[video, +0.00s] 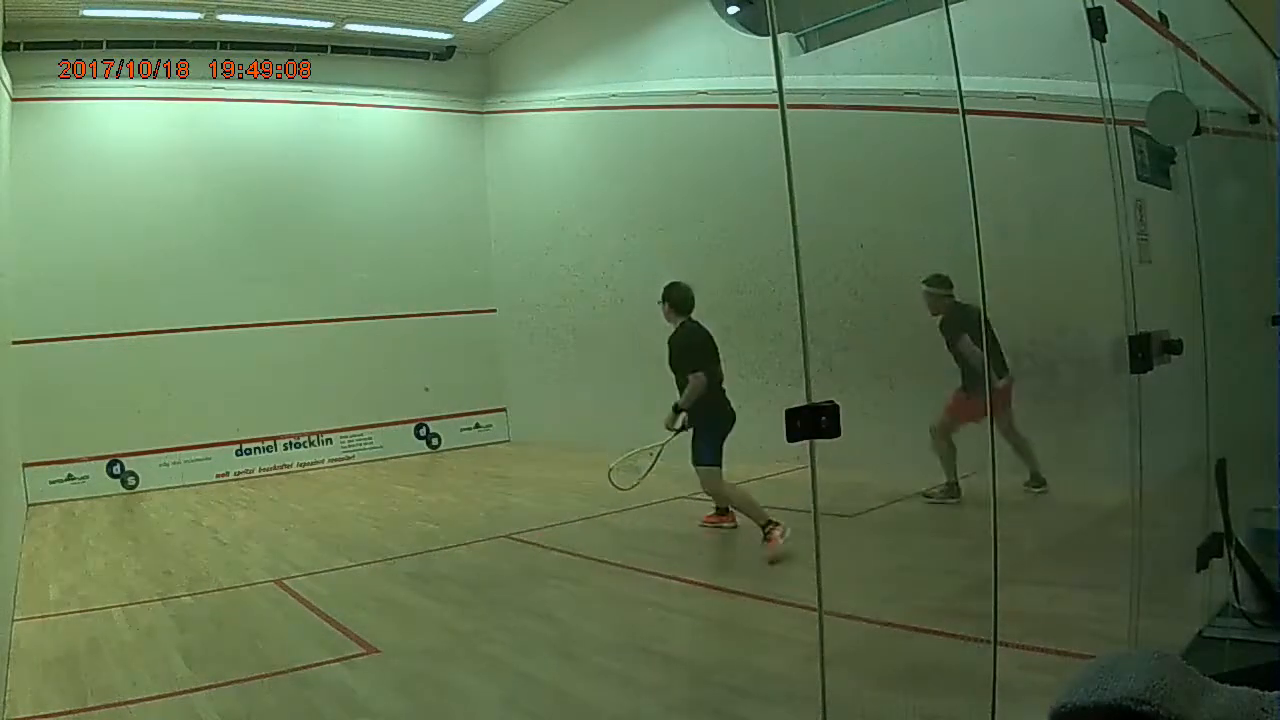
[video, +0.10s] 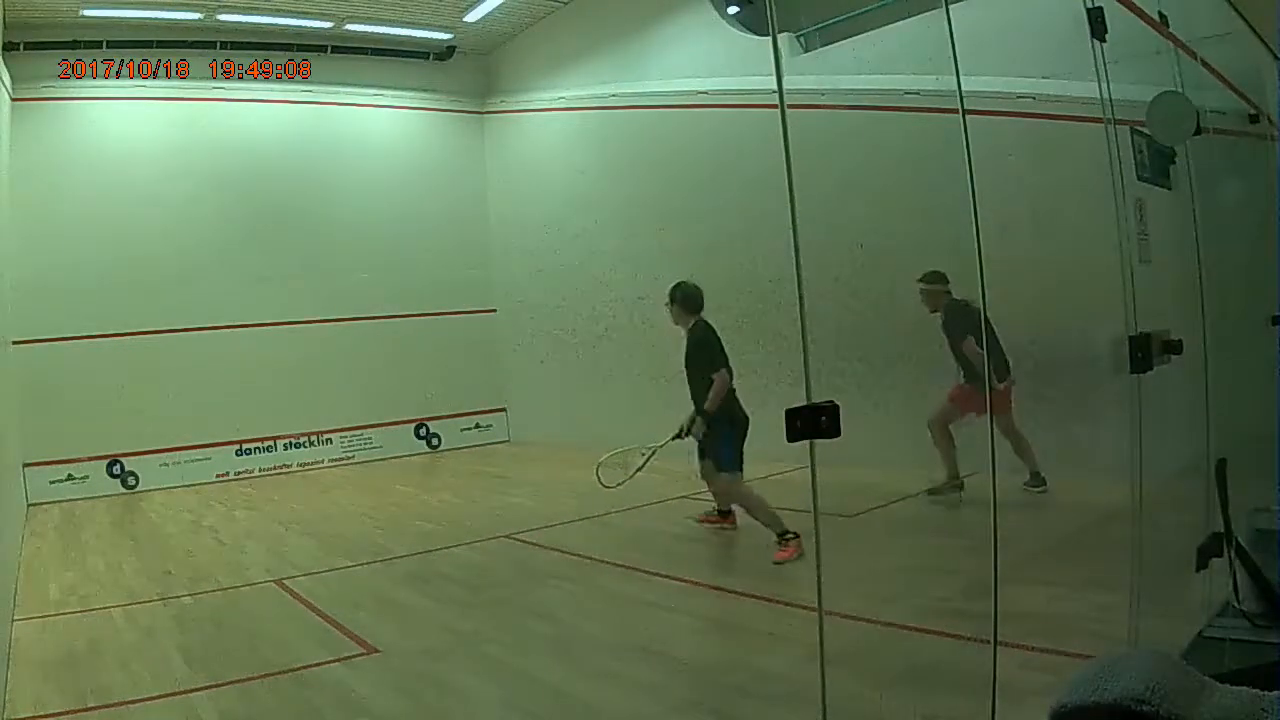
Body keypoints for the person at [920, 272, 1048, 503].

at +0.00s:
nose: (927, 304)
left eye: (929, 298)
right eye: (926, 299)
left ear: (940, 298)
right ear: (947, 296)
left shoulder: (949, 323)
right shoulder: (972, 311)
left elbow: (972, 353)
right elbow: (991, 344)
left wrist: (993, 380)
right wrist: (999, 375)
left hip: (976, 392)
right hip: (1002, 384)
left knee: (940, 431)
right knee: (1009, 430)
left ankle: (951, 485)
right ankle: (1037, 477)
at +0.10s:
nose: (922, 301)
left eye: (924, 295)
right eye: (921, 295)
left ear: (937, 293)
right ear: (943, 292)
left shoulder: (951, 316)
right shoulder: (965, 308)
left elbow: (971, 350)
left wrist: (990, 380)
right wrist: (1000, 376)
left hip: (977, 386)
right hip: (1000, 383)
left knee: (937, 423)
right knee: (1009, 429)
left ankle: (953, 479)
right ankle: (1036, 475)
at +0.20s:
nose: (914, 285)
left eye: (916, 279)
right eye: (913, 279)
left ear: (929, 277)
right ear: (933, 276)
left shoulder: (947, 301)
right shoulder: (953, 294)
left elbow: (964, 342)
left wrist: (981, 373)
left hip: (967, 376)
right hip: (981, 371)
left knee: (938, 423)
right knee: (995, 419)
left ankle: (978, 459)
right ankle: (1027, 465)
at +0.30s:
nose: (906, 285)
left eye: (909, 279)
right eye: (905, 280)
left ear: (923, 277)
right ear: (926, 278)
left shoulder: (938, 303)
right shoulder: (947, 296)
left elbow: (943, 349)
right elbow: (960, 341)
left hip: (963, 375)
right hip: (971, 369)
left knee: (959, 434)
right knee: (965, 426)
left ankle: (1007, 462)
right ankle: (1007, 456)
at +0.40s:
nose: (897, 299)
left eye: (900, 292)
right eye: (897, 292)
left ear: (915, 292)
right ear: (917, 292)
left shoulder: (928, 318)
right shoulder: (935, 312)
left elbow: (911, 364)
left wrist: (887, 397)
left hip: (963, 387)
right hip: (955, 386)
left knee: (978, 443)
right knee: (931, 427)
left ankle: (1023, 473)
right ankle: (972, 457)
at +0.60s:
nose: (832, 305)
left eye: (835, 299)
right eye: (832, 299)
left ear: (850, 299)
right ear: (852, 299)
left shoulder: (858, 326)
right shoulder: (867, 318)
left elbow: (848, 370)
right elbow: (849, 368)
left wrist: (837, 393)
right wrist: (837, 392)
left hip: (907, 392)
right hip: (895, 392)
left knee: (922, 448)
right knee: (875, 436)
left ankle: (978, 460)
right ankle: (895, 491)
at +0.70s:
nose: (804, 300)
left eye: (806, 294)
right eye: (804, 295)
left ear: (817, 294)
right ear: (822, 293)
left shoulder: (830, 320)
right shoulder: (840, 313)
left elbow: (839, 361)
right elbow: (844, 359)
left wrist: (837, 401)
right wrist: (841, 396)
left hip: (865, 390)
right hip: (872, 386)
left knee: (854, 447)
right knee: (858, 444)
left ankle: (901, 467)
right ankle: (892, 487)